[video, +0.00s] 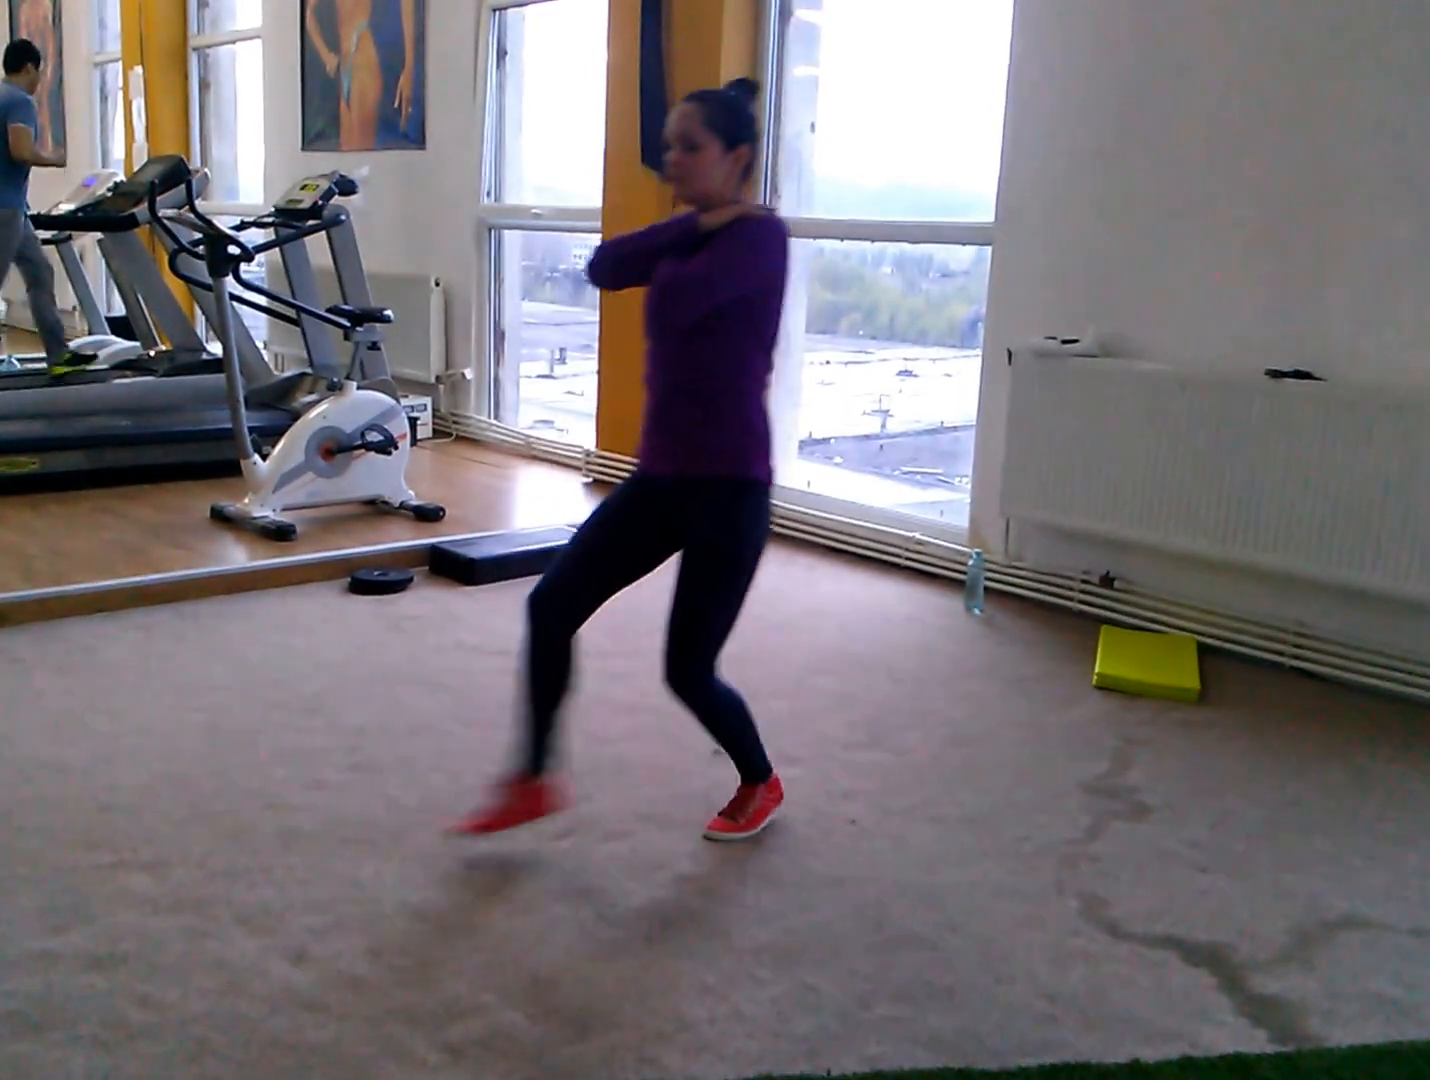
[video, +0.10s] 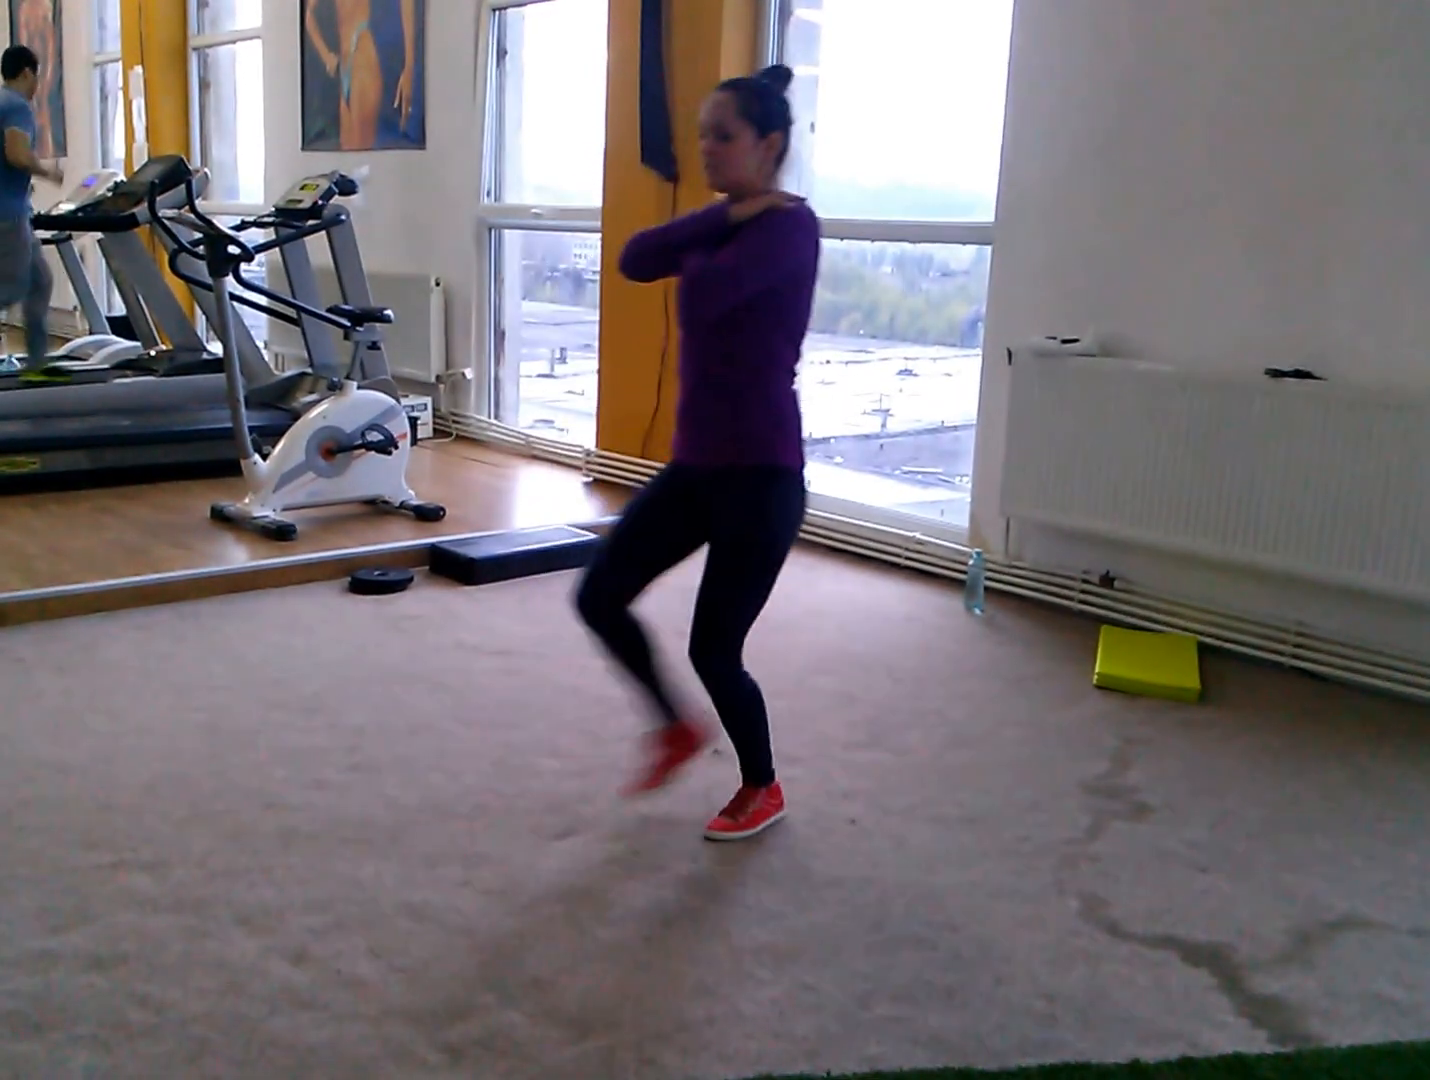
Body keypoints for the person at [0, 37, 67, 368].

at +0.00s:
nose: (40, 79)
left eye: (39, 72)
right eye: (39, 71)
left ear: (10, 68)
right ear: (29, 68)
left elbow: (18, 151)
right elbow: (21, 151)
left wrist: (44, 157)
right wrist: (53, 159)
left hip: (12, 210)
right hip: (7, 211)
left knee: (40, 272)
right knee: (1, 285)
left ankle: (57, 353)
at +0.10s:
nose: (37, 83)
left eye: (37, 76)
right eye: (36, 76)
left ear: (10, 74)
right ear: (26, 73)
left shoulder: (8, 104)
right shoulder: (16, 106)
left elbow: (15, 154)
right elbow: (17, 154)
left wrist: (42, 168)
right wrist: (47, 169)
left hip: (13, 214)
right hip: (11, 215)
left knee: (39, 281)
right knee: (15, 285)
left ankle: (38, 358)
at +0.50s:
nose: (44, 83)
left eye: (43, 76)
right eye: (42, 75)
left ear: (18, 73)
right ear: (31, 73)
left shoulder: (15, 110)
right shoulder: (10, 110)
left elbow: (12, 161)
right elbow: (3, 158)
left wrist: (43, 162)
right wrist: (28, 188)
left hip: (13, 209)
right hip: (12, 210)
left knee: (5, 287)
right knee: (44, 280)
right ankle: (32, 363)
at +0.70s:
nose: (46, 80)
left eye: (45, 73)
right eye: (43, 73)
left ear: (17, 71)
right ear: (31, 72)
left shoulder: (9, 101)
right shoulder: (15, 105)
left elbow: (21, 159)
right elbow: (23, 160)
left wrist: (52, 162)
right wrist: (59, 164)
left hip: (12, 215)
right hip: (8, 216)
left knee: (45, 271)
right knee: (3, 289)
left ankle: (26, 353)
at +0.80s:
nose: (45, 76)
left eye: (45, 69)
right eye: (43, 69)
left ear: (15, 66)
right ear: (30, 66)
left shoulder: (8, 95)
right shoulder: (19, 99)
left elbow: (24, 150)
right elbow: (27, 151)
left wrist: (48, 153)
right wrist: (54, 156)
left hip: (12, 212)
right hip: (9, 213)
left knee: (42, 275)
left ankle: (61, 356)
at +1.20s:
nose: (45, 72)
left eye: (45, 65)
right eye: (42, 65)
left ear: (21, 64)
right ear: (26, 63)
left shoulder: (18, 99)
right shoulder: (10, 98)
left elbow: (19, 150)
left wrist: (52, 148)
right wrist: (27, 172)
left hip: (15, 200)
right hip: (13, 201)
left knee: (1, 281)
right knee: (49, 274)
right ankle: (61, 356)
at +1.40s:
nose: (47, 80)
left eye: (45, 73)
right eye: (44, 73)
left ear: (22, 74)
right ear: (31, 73)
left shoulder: (18, 109)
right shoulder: (16, 112)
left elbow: (17, 164)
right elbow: (17, 162)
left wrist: (40, 188)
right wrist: (51, 186)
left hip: (18, 214)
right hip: (11, 216)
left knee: (47, 279)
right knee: (27, 286)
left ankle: (4, 345)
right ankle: (3, 352)